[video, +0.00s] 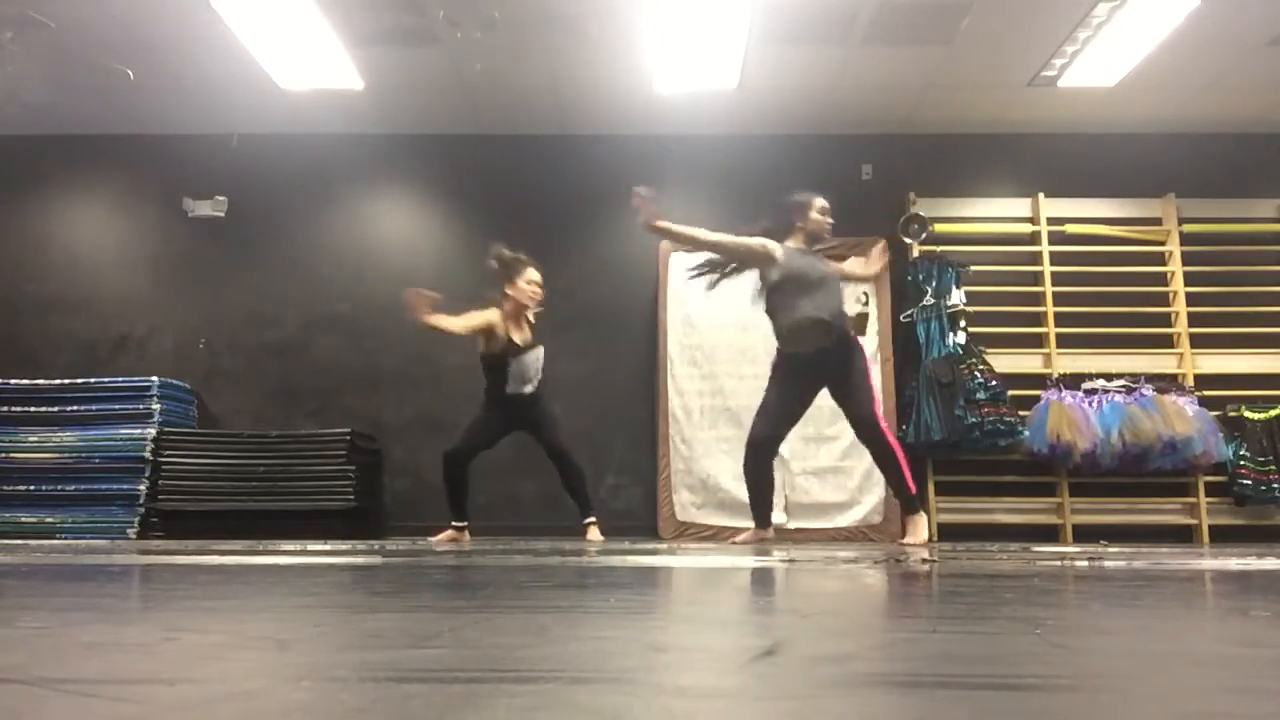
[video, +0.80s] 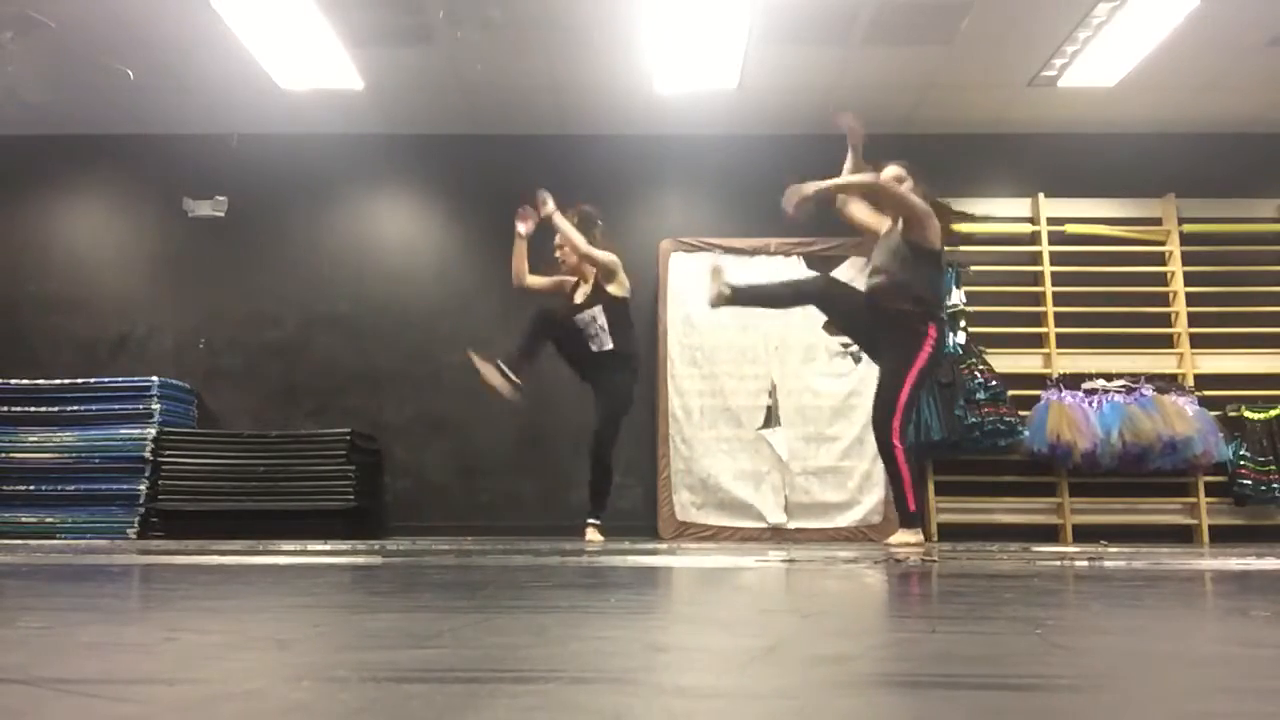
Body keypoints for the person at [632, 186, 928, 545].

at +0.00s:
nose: (831, 221)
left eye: (830, 214)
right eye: (824, 213)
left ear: (812, 221)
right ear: (800, 217)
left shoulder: (824, 264)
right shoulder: (770, 252)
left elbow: (865, 270)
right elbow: (714, 241)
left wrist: (880, 254)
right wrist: (656, 225)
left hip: (843, 356)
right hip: (796, 361)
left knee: (870, 429)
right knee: (760, 442)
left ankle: (914, 514)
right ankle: (762, 528)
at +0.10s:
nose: (849, 231)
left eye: (848, 224)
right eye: (841, 223)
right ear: (818, 228)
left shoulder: (841, 276)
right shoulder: (800, 262)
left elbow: (856, 269)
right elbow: (772, 256)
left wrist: (862, 256)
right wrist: (745, 247)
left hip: (847, 372)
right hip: (801, 374)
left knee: (885, 440)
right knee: (772, 452)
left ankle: (913, 522)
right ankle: (757, 528)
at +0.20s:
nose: (868, 237)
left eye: (867, 231)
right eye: (860, 231)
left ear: (854, 240)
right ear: (837, 238)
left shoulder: (858, 273)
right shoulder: (822, 272)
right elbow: (841, 300)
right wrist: (856, 263)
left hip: (856, 384)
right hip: (810, 384)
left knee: (890, 449)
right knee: (781, 458)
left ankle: (913, 529)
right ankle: (757, 529)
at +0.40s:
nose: (904, 210)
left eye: (909, 203)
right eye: (895, 204)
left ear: (916, 209)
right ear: (880, 212)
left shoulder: (915, 265)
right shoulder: (854, 245)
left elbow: (906, 317)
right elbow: (817, 291)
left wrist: (902, 341)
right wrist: (859, 321)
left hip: (878, 358)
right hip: (830, 350)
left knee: (892, 440)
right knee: (782, 430)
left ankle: (913, 529)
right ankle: (752, 518)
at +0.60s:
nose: (903, 182)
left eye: (911, 175)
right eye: (896, 177)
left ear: (924, 180)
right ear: (887, 182)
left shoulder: (926, 208)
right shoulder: (888, 202)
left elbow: (928, 238)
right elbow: (867, 158)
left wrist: (901, 287)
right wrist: (827, 136)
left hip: (893, 326)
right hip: (858, 320)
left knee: (890, 424)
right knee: (780, 327)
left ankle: (914, 527)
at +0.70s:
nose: (899, 180)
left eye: (907, 173)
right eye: (894, 175)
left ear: (923, 181)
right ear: (883, 182)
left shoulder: (925, 217)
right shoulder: (879, 212)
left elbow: (919, 192)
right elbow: (861, 170)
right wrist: (848, 123)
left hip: (901, 326)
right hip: (866, 315)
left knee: (891, 425)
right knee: (800, 288)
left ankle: (914, 528)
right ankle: (716, 321)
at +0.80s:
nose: (890, 186)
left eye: (898, 179)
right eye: (884, 182)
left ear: (914, 185)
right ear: (881, 191)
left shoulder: (923, 221)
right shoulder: (886, 227)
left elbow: (881, 183)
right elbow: (847, 202)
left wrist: (819, 187)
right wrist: (855, 148)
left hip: (914, 333)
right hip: (878, 321)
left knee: (887, 423)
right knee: (819, 286)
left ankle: (913, 527)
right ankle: (729, 296)